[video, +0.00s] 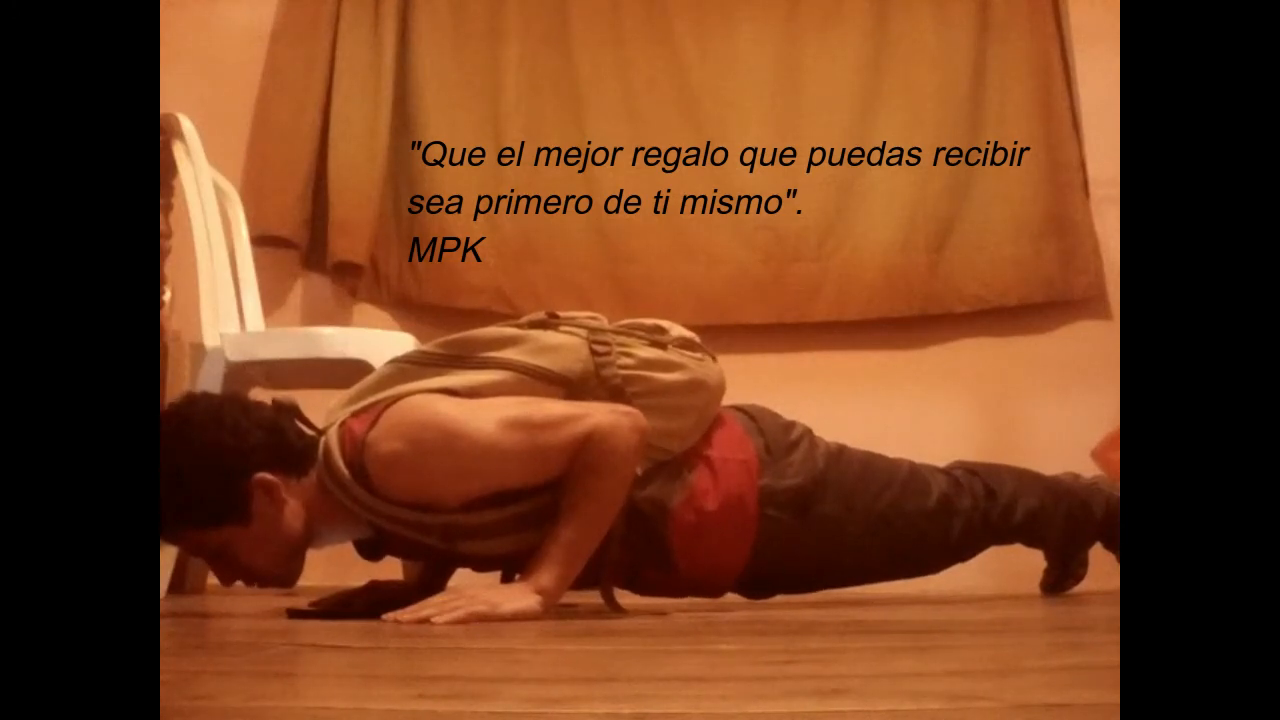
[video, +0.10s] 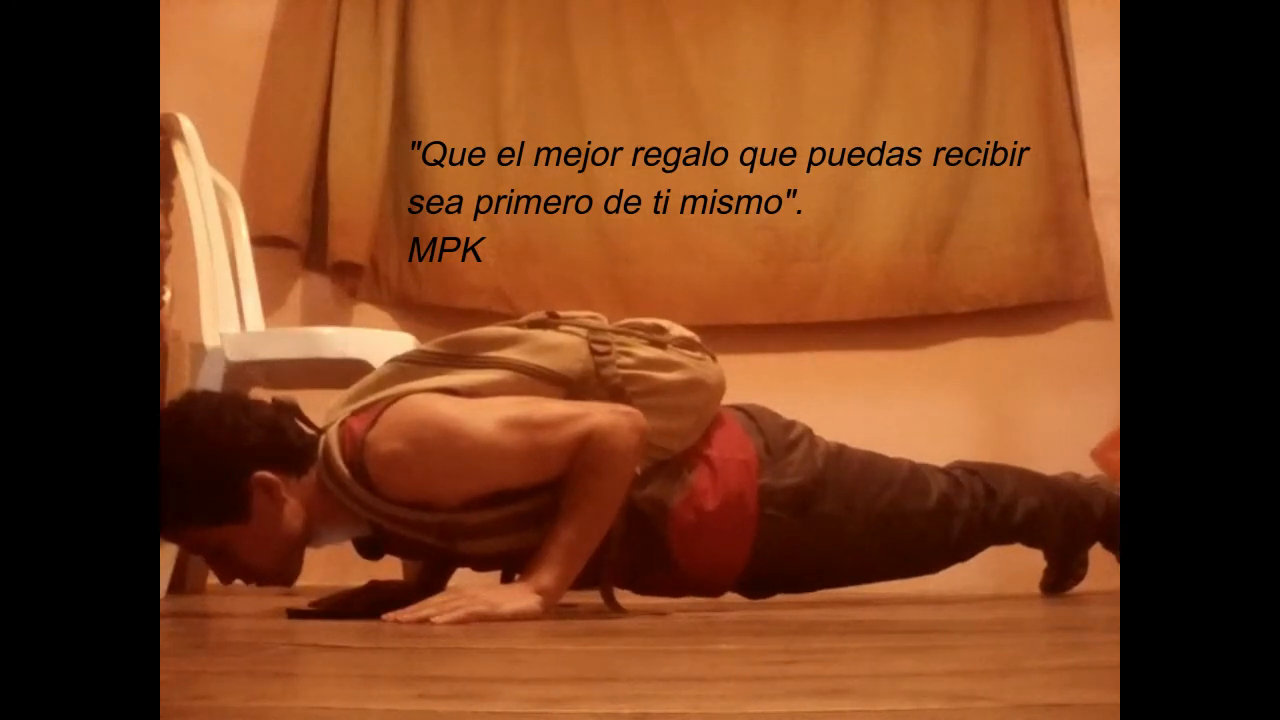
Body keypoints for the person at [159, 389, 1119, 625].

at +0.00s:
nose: (218, 574)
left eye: (213, 550)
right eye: (200, 559)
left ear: (262, 492)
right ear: (258, 478)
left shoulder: (400, 448)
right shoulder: (355, 461)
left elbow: (614, 439)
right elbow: (470, 534)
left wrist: (539, 588)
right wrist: (388, 588)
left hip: (739, 498)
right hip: (712, 503)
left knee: (949, 510)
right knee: (928, 506)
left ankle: (1095, 505)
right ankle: (1079, 504)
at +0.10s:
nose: (217, 573)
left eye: (212, 548)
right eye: (199, 558)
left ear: (262, 491)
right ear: (257, 477)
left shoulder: (401, 448)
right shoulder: (355, 459)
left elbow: (614, 438)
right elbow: (487, 526)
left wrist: (539, 588)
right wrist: (395, 586)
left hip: (738, 495)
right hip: (710, 503)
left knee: (946, 510)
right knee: (925, 509)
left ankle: (1095, 506)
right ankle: (1079, 506)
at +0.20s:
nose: (217, 573)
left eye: (211, 548)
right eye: (199, 558)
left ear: (262, 492)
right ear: (258, 478)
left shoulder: (400, 447)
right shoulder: (354, 460)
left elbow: (614, 438)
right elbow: (485, 528)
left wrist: (539, 588)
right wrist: (395, 585)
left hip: (735, 494)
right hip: (709, 502)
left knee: (942, 509)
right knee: (921, 508)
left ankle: (1094, 505)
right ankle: (1076, 505)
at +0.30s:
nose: (217, 575)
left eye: (211, 551)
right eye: (199, 560)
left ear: (263, 494)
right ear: (260, 481)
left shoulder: (401, 450)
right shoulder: (356, 458)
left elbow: (614, 438)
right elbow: (488, 524)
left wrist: (539, 587)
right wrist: (395, 584)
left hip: (737, 494)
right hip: (710, 500)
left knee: (946, 508)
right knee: (925, 506)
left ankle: (1095, 505)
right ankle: (1076, 506)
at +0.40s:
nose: (217, 575)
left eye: (212, 551)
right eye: (200, 560)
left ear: (264, 493)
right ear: (261, 481)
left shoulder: (402, 450)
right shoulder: (356, 458)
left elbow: (614, 438)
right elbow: (483, 526)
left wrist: (539, 588)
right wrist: (393, 585)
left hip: (736, 493)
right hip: (708, 502)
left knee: (944, 508)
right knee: (923, 506)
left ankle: (1094, 504)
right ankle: (1075, 505)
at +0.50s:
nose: (217, 575)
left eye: (211, 550)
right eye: (199, 559)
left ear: (264, 493)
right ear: (260, 481)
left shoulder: (400, 452)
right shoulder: (355, 458)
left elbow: (613, 438)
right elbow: (485, 528)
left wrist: (538, 588)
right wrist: (392, 584)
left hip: (737, 496)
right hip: (710, 502)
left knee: (944, 510)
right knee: (923, 507)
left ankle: (1093, 506)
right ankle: (1077, 504)